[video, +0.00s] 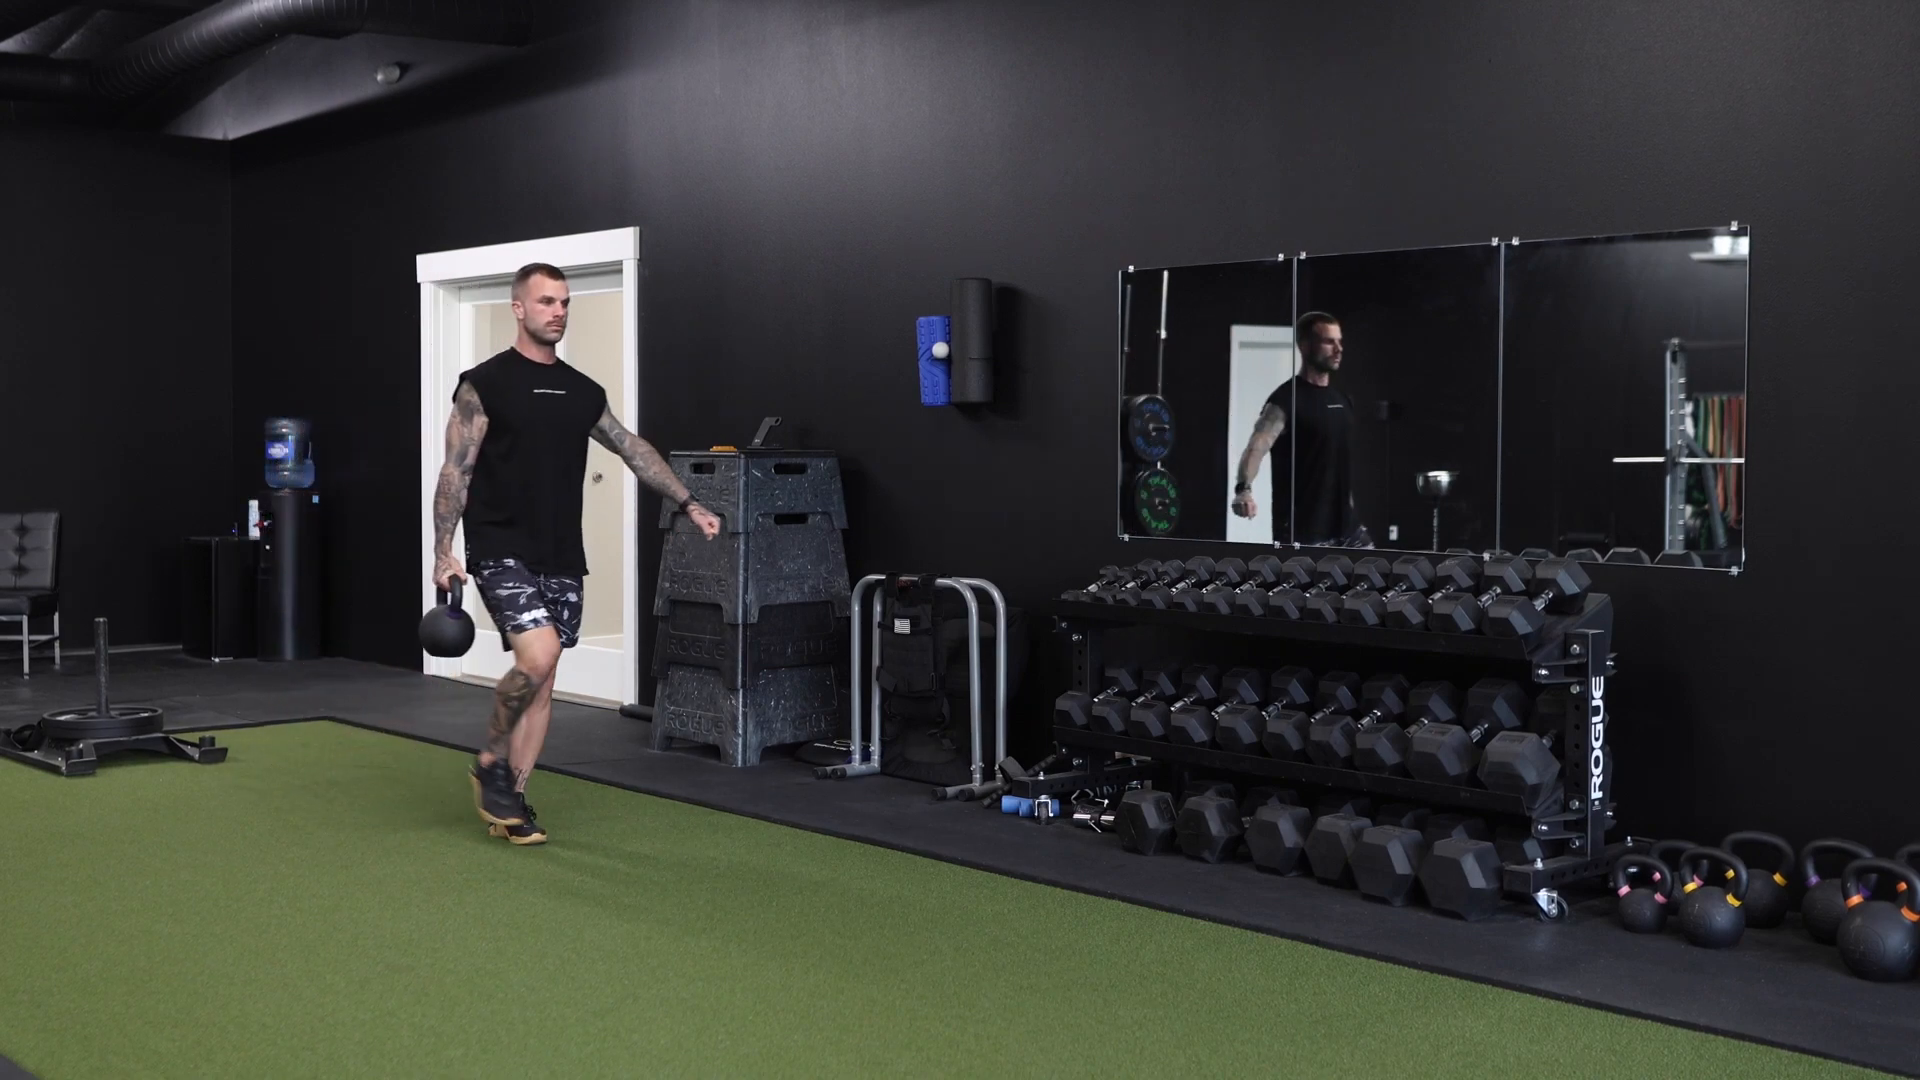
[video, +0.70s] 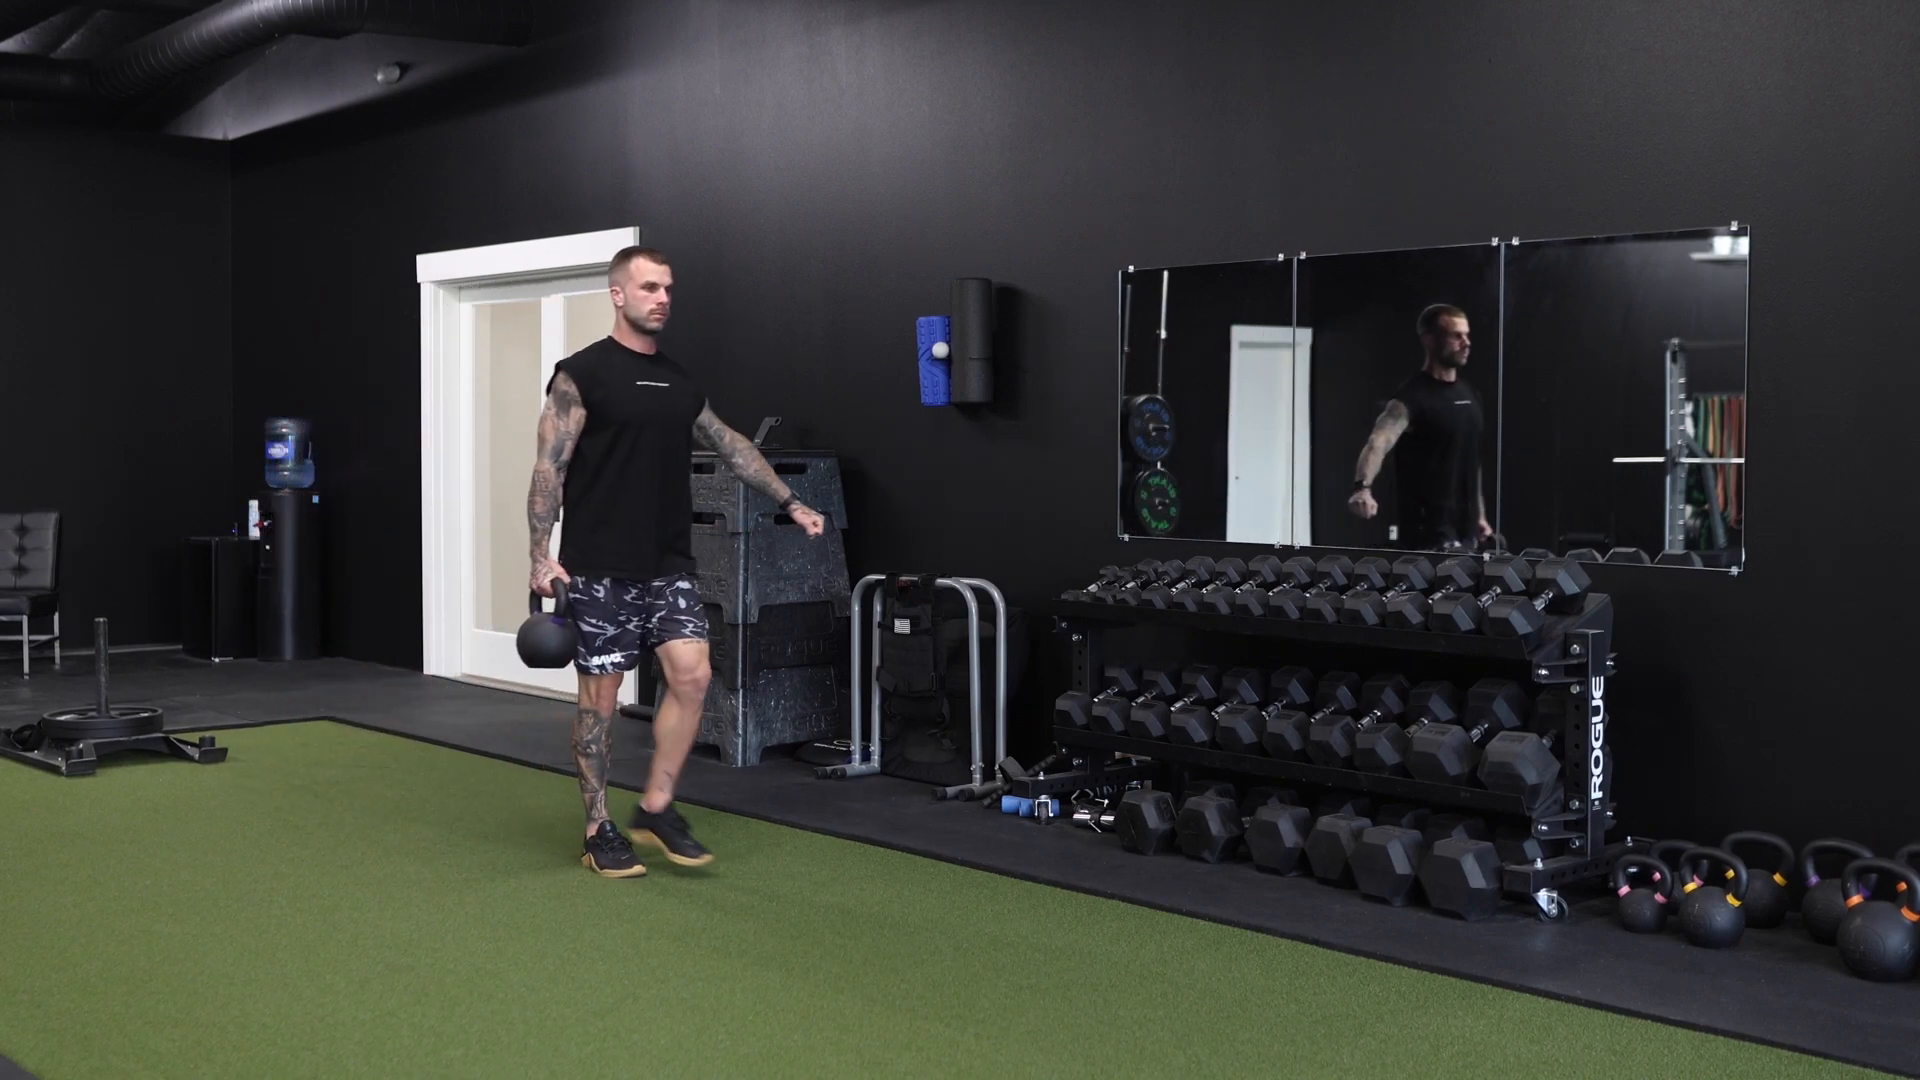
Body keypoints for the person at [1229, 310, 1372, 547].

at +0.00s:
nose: (1338, 349)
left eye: (1340, 342)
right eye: (1329, 342)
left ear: (1342, 344)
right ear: (1304, 345)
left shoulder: (1340, 400)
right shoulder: (1286, 398)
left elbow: (1339, 463)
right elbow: (1257, 447)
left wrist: (1349, 516)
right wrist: (1243, 488)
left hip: (1343, 527)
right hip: (1300, 531)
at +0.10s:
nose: (1354, 349)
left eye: (1355, 342)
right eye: (1344, 342)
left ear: (1357, 344)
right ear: (1319, 346)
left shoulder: (1356, 401)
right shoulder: (1302, 398)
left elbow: (1356, 464)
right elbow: (1272, 446)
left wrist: (1365, 516)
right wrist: (1258, 488)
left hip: (1360, 527)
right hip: (1315, 532)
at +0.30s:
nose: (1391, 349)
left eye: (1392, 342)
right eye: (1381, 342)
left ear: (1395, 345)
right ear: (1356, 347)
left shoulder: (1394, 401)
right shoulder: (1339, 402)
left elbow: (1392, 467)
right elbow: (1305, 448)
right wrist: (1287, 488)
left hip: (1394, 531)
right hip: (1349, 533)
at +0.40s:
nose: (1412, 348)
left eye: (1414, 340)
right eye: (1402, 340)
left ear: (1416, 343)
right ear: (1377, 344)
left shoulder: (1416, 400)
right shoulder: (1358, 400)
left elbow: (1408, 465)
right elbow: (1326, 444)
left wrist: (1431, 484)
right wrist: (1306, 486)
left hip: (1416, 531)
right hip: (1371, 532)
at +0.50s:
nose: (1431, 345)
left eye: (1433, 338)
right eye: (1421, 338)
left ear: (1435, 340)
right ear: (1395, 342)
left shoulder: (1436, 399)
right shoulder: (1376, 399)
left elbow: (1432, 465)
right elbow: (1343, 444)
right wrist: (1325, 486)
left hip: (1435, 532)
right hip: (1393, 533)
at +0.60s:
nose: (1448, 343)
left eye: (1449, 336)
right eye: (1439, 336)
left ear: (1452, 338)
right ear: (1412, 340)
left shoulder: (1451, 397)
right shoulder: (1394, 397)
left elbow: (1451, 467)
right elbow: (1361, 442)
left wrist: (1460, 522)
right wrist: (1343, 486)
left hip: (1448, 532)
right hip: (1408, 531)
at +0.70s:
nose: (1466, 343)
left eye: (1467, 336)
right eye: (1456, 336)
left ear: (1470, 338)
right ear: (1429, 339)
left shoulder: (1468, 395)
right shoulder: (1412, 396)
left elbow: (1472, 463)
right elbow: (1378, 443)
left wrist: (1479, 516)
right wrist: (1362, 486)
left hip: (1463, 528)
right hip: (1423, 529)